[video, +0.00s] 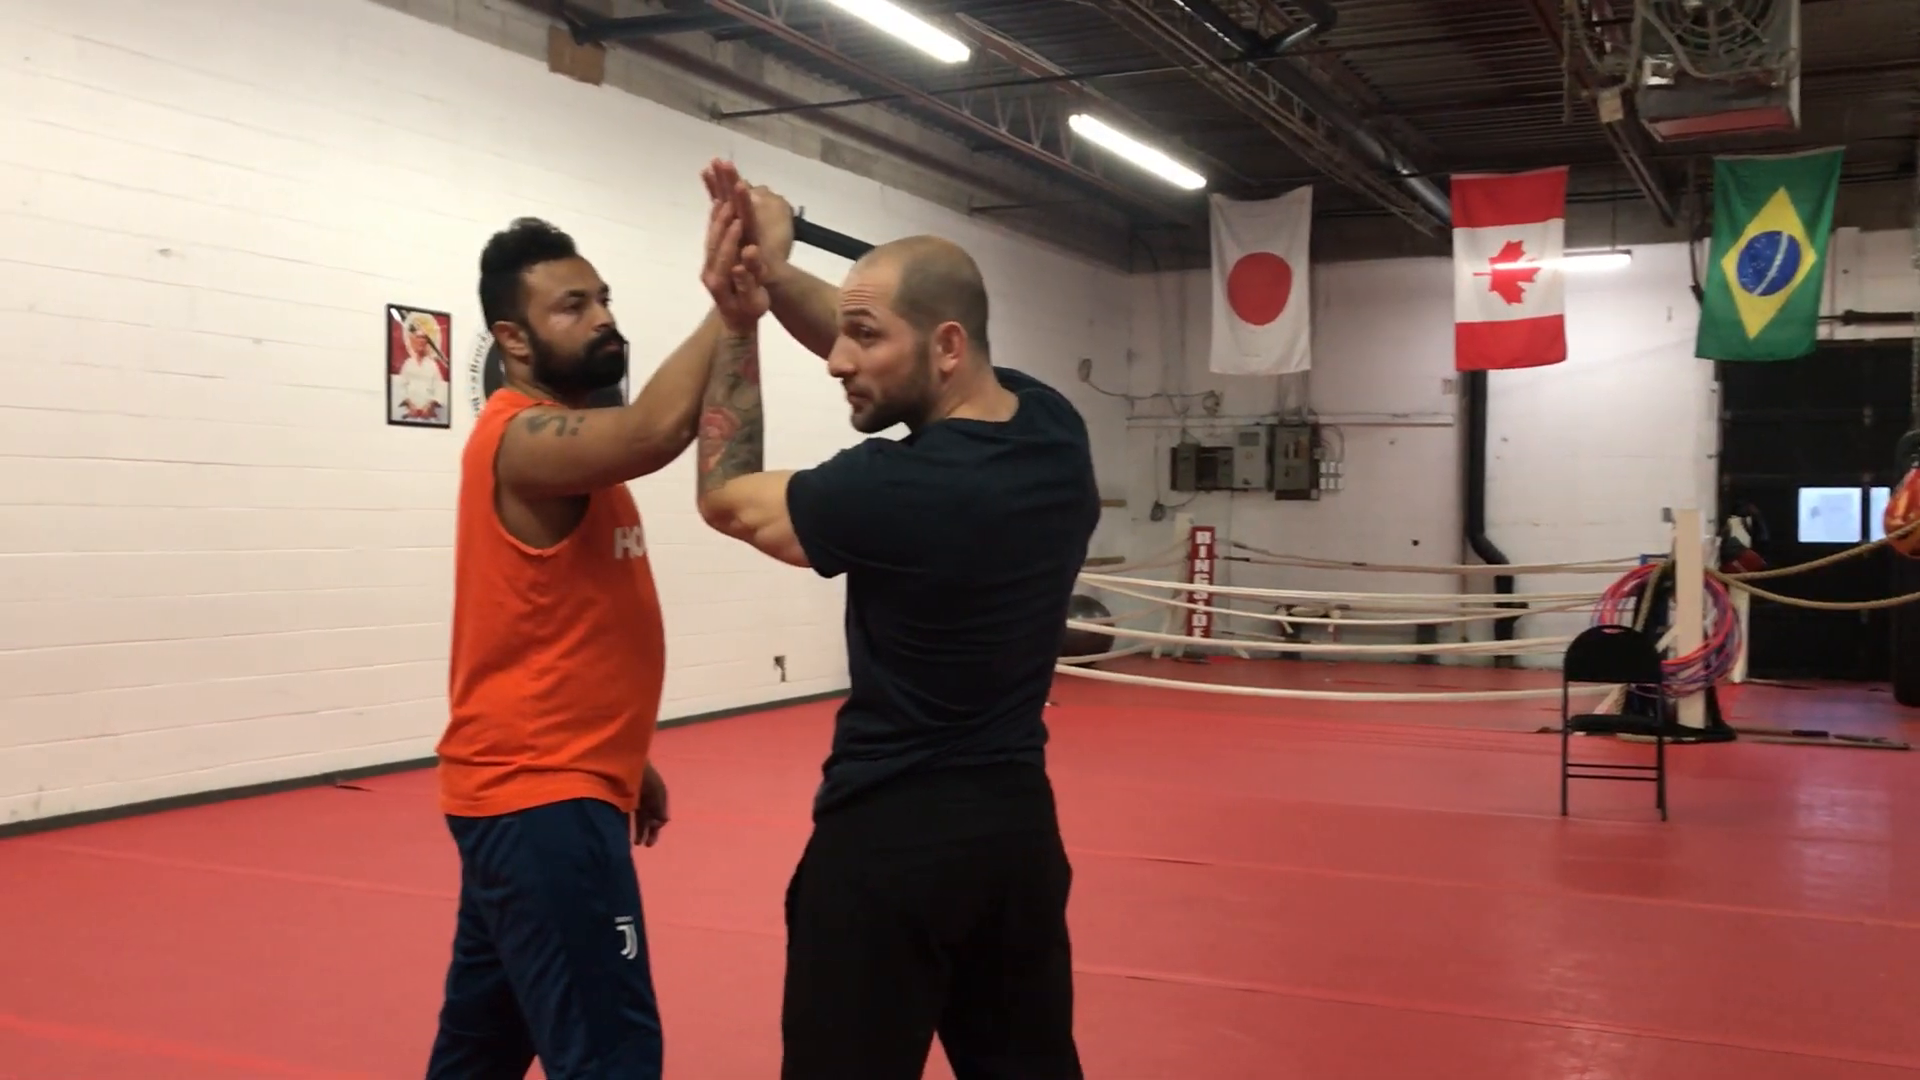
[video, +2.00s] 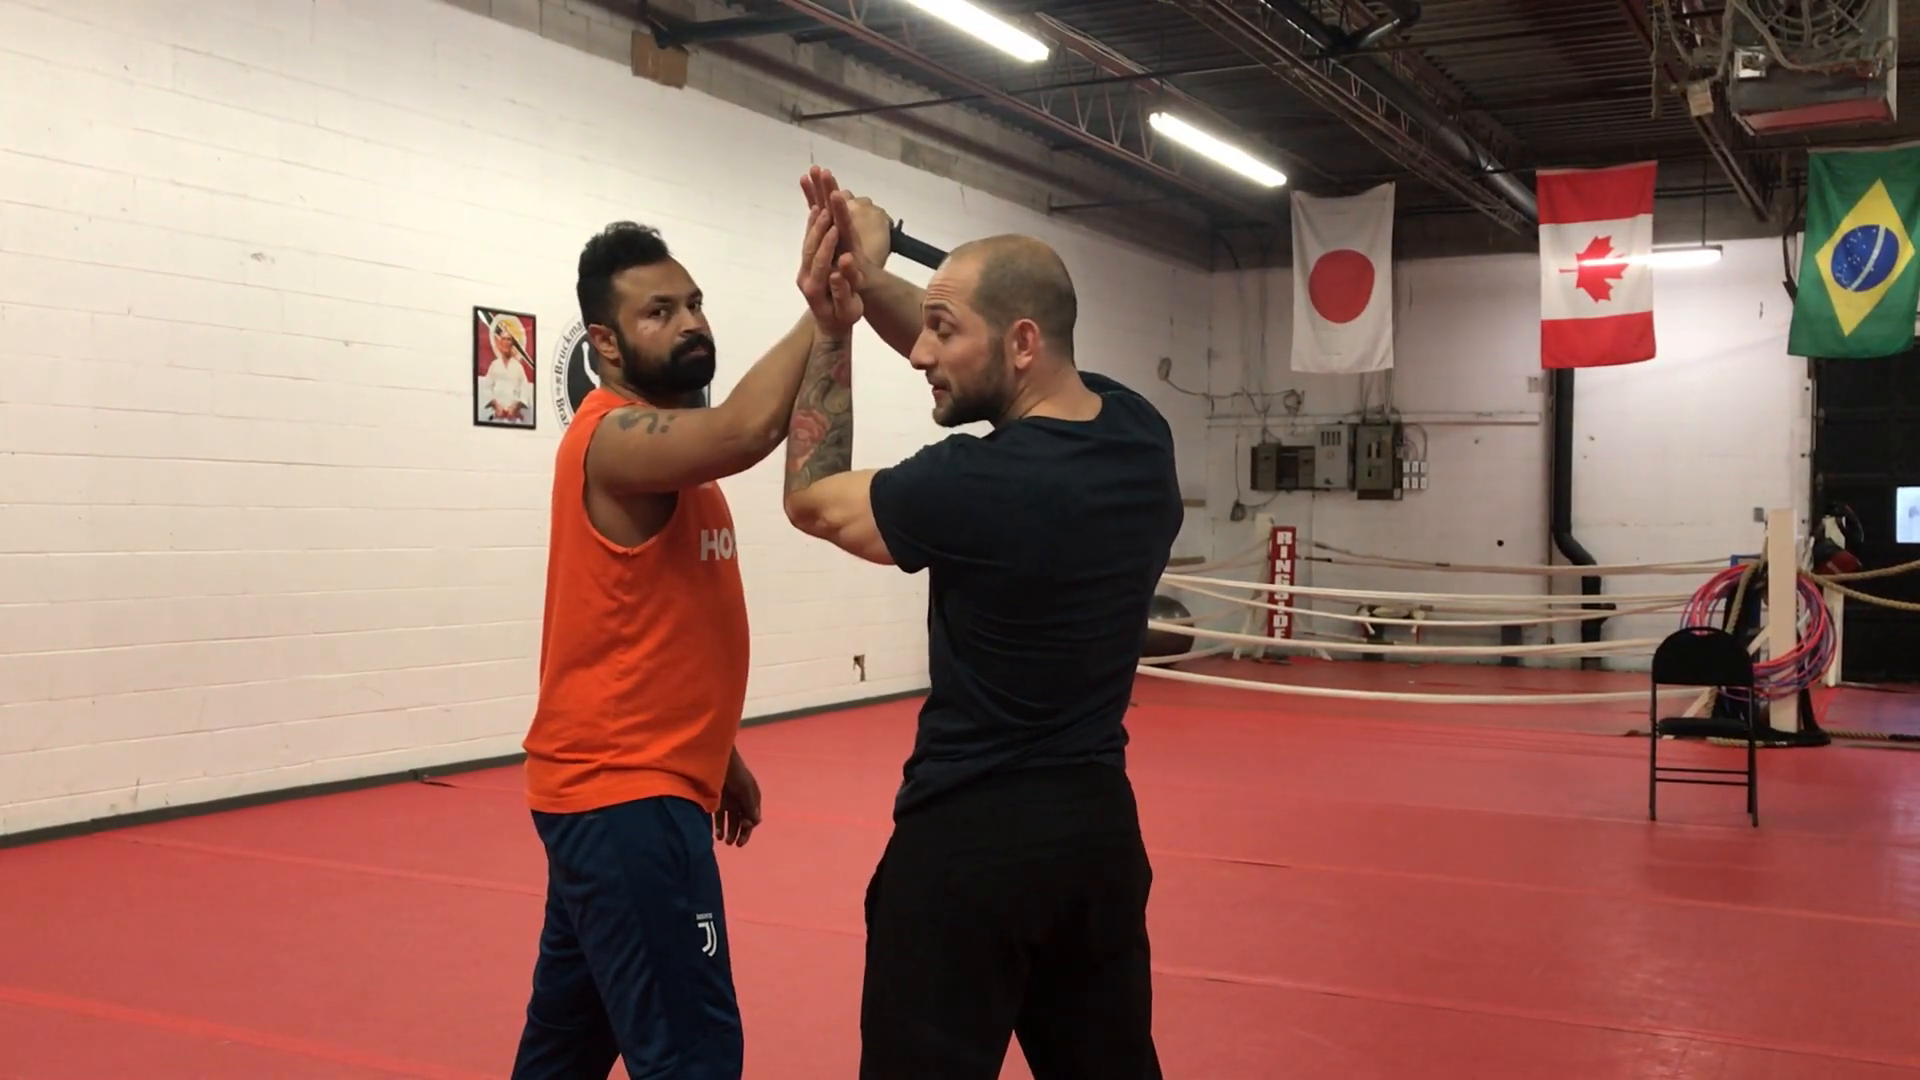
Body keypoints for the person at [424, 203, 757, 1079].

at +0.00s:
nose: (605, 320)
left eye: (605, 300)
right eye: (574, 308)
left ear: (608, 305)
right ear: (512, 339)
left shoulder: (561, 429)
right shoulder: (521, 432)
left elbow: (567, 622)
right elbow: (652, 433)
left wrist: (626, 758)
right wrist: (729, 315)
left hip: (556, 788)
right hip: (536, 792)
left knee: (480, 1051)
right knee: (613, 1054)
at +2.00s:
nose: (692, 323)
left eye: (695, 302)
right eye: (661, 312)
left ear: (703, 307)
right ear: (606, 343)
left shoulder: (654, 436)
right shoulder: (616, 434)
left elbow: (650, 625)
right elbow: (741, 431)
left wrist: (716, 753)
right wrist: (823, 313)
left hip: (635, 787)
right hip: (622, 792)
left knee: (566, 1050)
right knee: (696, 1055)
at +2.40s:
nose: (674, 323)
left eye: (677, 303)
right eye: (642, 311)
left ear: (685, 306)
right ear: (589, 339)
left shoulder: (641, 435)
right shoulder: (604, 430)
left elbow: (642, 626)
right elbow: (734, 418)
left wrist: (719, 752)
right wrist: (830, 321)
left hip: (635, 789)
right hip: (619, 794)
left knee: (567, 1048)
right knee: (694, 1054)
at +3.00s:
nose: (690, 318)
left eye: (682, 299)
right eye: (661, 306)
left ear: (598, 345)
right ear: (598, 339)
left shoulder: (576, 437)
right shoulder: (621, 442)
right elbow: (724, 571)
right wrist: (843, 532)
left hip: (587, 787)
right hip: (639, 793)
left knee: (573, 1040)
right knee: (697, 1050)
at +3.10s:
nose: (685, 313)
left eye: (676, 296)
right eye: (655, 302)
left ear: (597, 347)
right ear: (594, 340)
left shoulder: (577, 438)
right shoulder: (616, 447)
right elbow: (670, 621)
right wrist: (804, 592)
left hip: (584, 787)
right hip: (635, 792)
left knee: (569, 1043)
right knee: (694, 1050)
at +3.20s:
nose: (670, 316)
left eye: (664, 298)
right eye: (641, 303)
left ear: (584, 344)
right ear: (579, 338)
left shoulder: (598, 438)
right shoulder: (593, 454)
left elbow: (606, 628)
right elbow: (599, 638)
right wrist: (761, 625)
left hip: (596, 792)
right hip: (614, 797)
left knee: (554, 1048)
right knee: (678, 1054)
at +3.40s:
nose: (631, 326)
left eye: (628, 307)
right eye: (604, 309)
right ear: (537, 336)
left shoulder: (581, 449)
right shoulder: (528, 455)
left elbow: (587, 638)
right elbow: (527, 625)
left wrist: (661, 763)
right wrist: (702, 575)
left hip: (599, 795)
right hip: (567, 801)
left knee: (530, 1050)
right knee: (633, 1053)